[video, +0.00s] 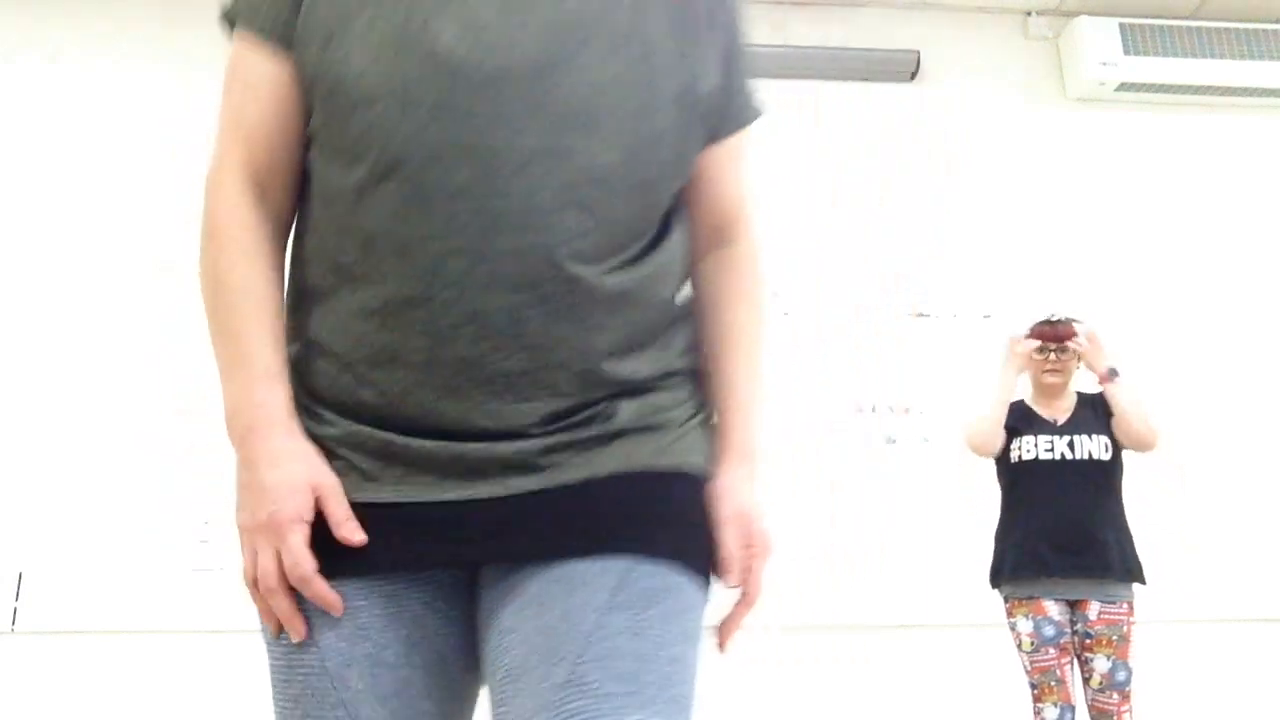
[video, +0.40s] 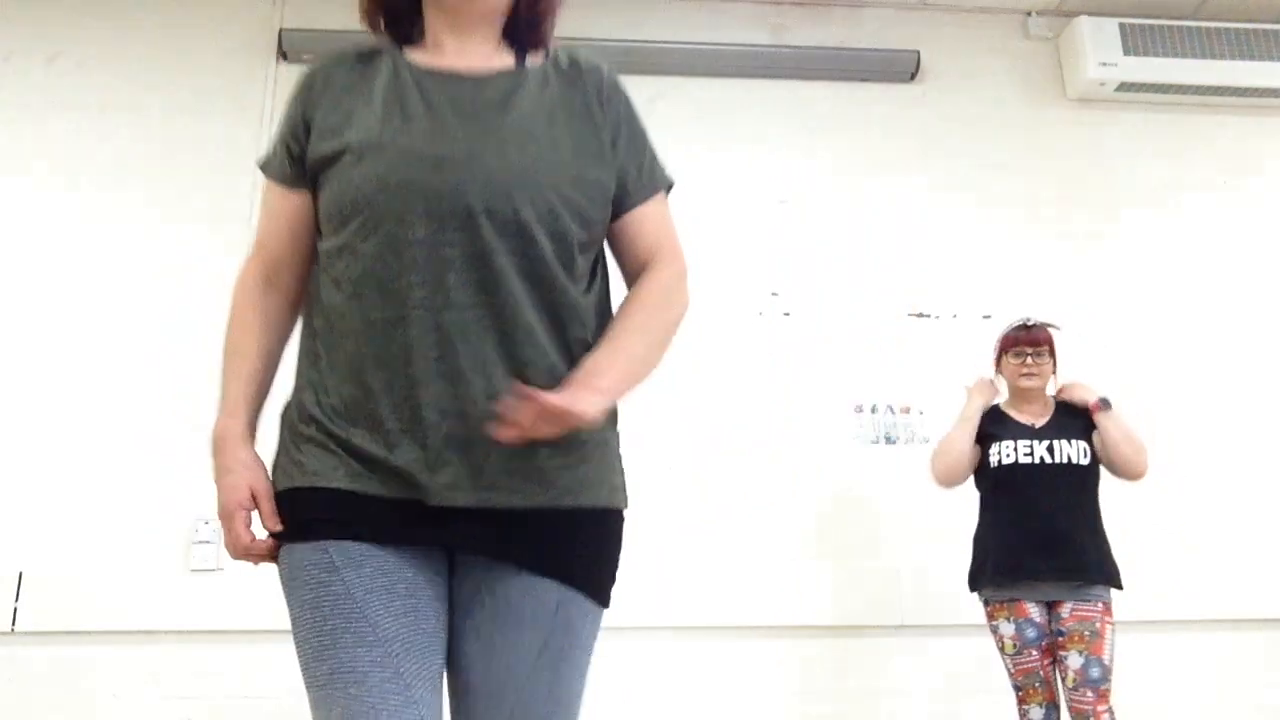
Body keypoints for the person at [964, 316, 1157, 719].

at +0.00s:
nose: (1053, 360)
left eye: (1063, 351)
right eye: (1043, 351)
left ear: (1078, 359)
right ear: (1028, 359)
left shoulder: (1103, 409)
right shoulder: (1010, 415)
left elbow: (1146, 439)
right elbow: (982, 443)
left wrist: (1104, 370)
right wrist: (1010, 369)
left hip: (1105, 578)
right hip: (1031, 580)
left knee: (1112, 705)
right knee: (1054, 706)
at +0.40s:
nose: (1029, 363)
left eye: (1039, 355)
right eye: (1018, 355)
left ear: (1053, 364)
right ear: (1000, 366)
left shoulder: (1080, 416)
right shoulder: (986, 421)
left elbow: (1134, 467)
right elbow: (946, 473)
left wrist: (1097, 403)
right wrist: (975, 404)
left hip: (1083, 581)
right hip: (1009, 585)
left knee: (1090, 705)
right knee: (1037, 707)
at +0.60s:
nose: (1022, 360)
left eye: (1032, 353)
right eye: (1011, 354)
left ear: (1047, 366)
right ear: (995, 366)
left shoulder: (1077, 416)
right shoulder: (972, 425)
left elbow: (1119, 497)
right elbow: (928, 500)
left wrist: (1107, 447)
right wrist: (964, 464)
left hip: (1077, 582)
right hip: (1005, 587)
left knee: (1083, 705)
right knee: (1032, 707)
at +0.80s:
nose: (1019, 363)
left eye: (1029, 357)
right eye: (1008, 357)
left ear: (1045, 370)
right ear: (992, 371)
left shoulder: (1076, 418)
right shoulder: (971, 428)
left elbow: (1123, 495)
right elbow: (906, 480)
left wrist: (1097, 445)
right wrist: (943, 512)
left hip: (1077, 585)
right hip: (1003, 588)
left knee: (1084, 707)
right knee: (1031, 708)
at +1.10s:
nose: (1022, 375)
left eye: (1032, 368)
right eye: (1012, 368)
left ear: (1048, 380)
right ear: (997, 381)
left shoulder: (1080, 428)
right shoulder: (978, 437)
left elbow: (1120, 497)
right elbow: (934, 484)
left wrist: (1101, 509)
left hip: (1077, 592)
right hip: (1009, 593)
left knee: (1079, 708)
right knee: (1035, 707)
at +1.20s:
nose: (1024, 375)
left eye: (1031, 367)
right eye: (1012, 368)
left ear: (1046, 384)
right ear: (997, 387)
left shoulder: (1078, 432)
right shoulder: (985, 443)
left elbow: (1117, 499)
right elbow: (948, 446)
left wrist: (1115, 552)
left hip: (1079, 594)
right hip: (1011, 597)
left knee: (1078, 709)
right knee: (1037, 708)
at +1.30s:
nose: (1023, 382)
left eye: (1032, 376)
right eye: (1013, 377)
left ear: (1049, 387)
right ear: (999, 389)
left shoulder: (1081, 437)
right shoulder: (987, 442)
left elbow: (1116, 510)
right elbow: (944, 422)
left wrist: (1128, 576)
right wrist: (967, 360)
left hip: (1083, 595)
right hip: (1016, 597)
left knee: (1079, 711)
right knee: (1041, 708)